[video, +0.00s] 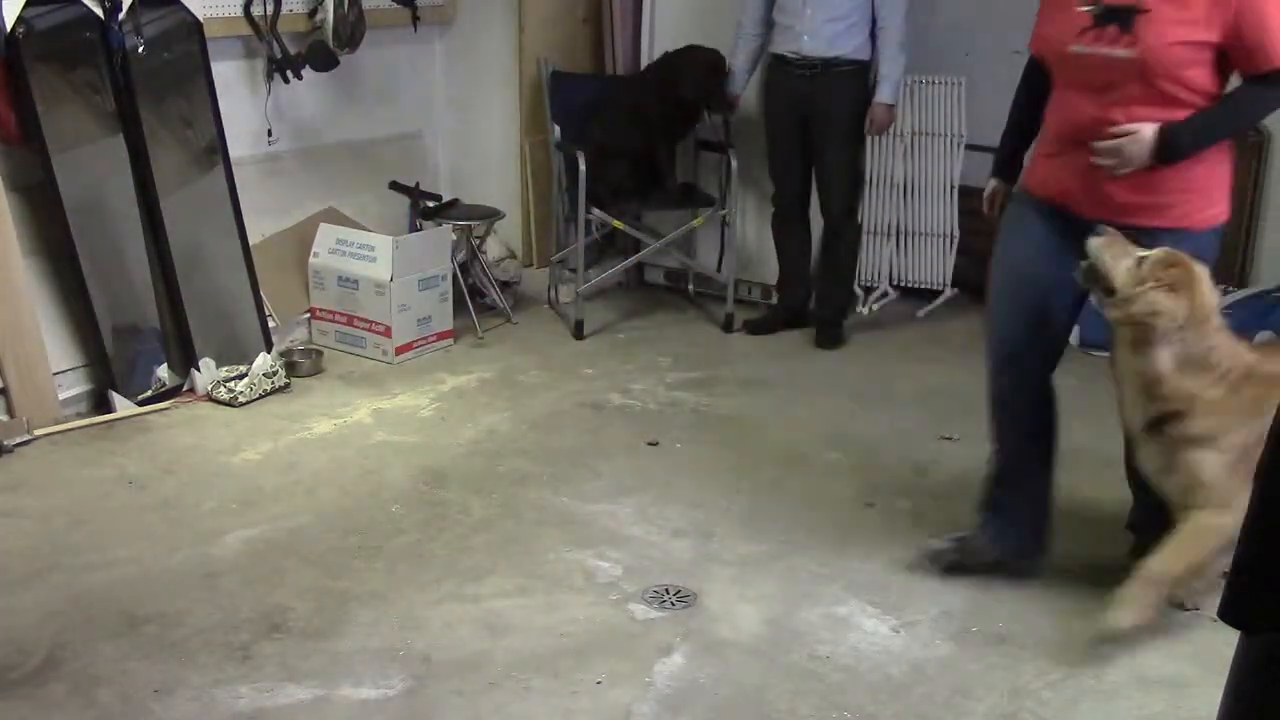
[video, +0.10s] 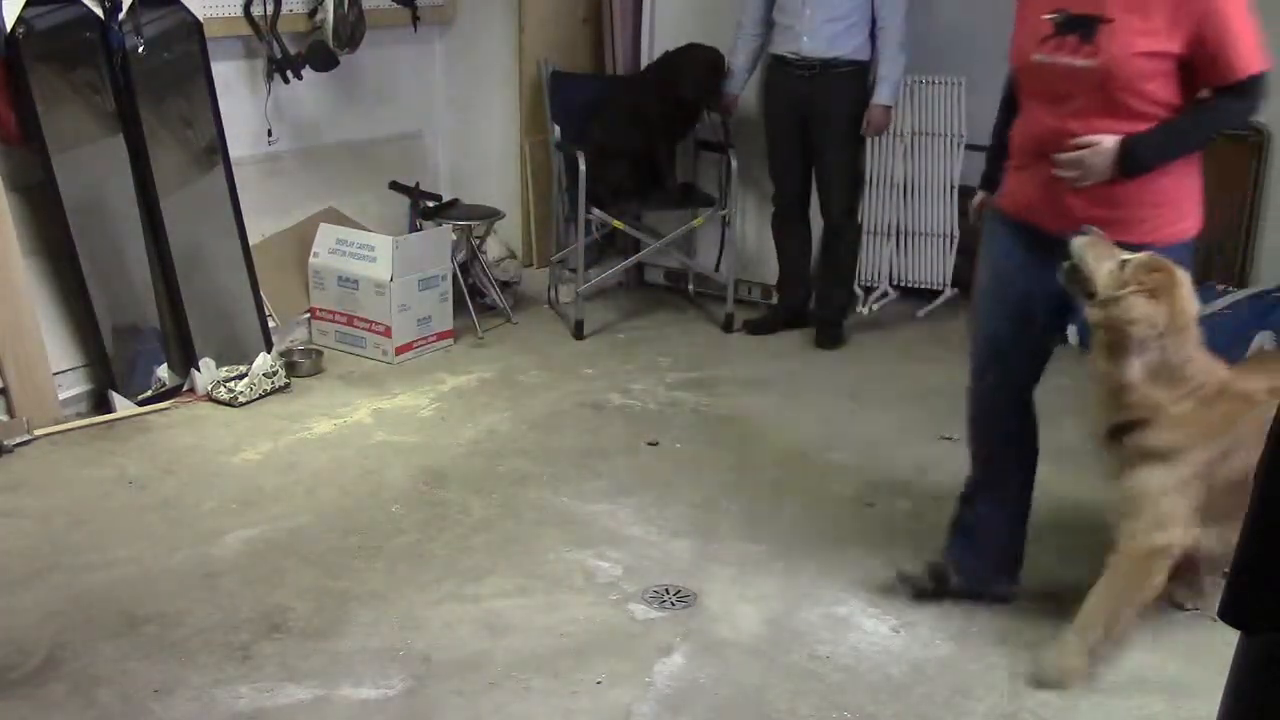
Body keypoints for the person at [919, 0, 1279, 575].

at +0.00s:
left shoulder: (1235, 5)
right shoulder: (1062, 3)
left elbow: (1271, 79)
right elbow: (1043, 67)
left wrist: (1168, 141)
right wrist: (1006, 166)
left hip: (1170, 208)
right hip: (1054, 191)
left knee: (1153, 379)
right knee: (1014, 353)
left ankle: (1157, 546)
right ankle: (1011, 534)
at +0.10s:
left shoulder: (1200, 5)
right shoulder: (1035, 5)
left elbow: (1243, 92)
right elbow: (1023, 80)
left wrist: (1129, 154)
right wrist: (994, 179)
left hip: (1144, 225)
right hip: (1029, 212)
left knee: (1146, 405)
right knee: (995, 385)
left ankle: (1165, 561)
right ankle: (982, 563)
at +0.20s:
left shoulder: (1151, 5)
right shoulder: (999, 5)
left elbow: (1194, 97)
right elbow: (988, 94)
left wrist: (1077, 158)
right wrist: (963, 192)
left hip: (1105, 233)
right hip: (994, 220)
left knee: (1109, 408)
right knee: (974, 394)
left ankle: (1128, 574)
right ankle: (980, 568)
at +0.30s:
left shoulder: (1112, 6)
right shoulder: (965, 8)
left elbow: (1147, 93)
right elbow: (958, 98)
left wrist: (1025, 153)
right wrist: (916, 188)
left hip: (1059, 227)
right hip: (963, 217)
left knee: (1044, 402)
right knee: (960, 401)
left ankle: (1058, 563)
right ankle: (973, 565)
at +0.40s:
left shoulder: (1071, 7)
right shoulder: (924, 9)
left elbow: (1104, 88)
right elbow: (917, 105)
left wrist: (981, 149)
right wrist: (873, 184)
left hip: (1026, 220)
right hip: (938, 214)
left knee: (995, 405)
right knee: (929, 405)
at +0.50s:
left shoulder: (1012, 4)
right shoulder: (884, 10)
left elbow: (1053, 89)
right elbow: (879, 106)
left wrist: (930, 150)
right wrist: (835, 188)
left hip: (981, 225)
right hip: (910, 221)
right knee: (948, 406)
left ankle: (839, 610)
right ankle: (979, 572)